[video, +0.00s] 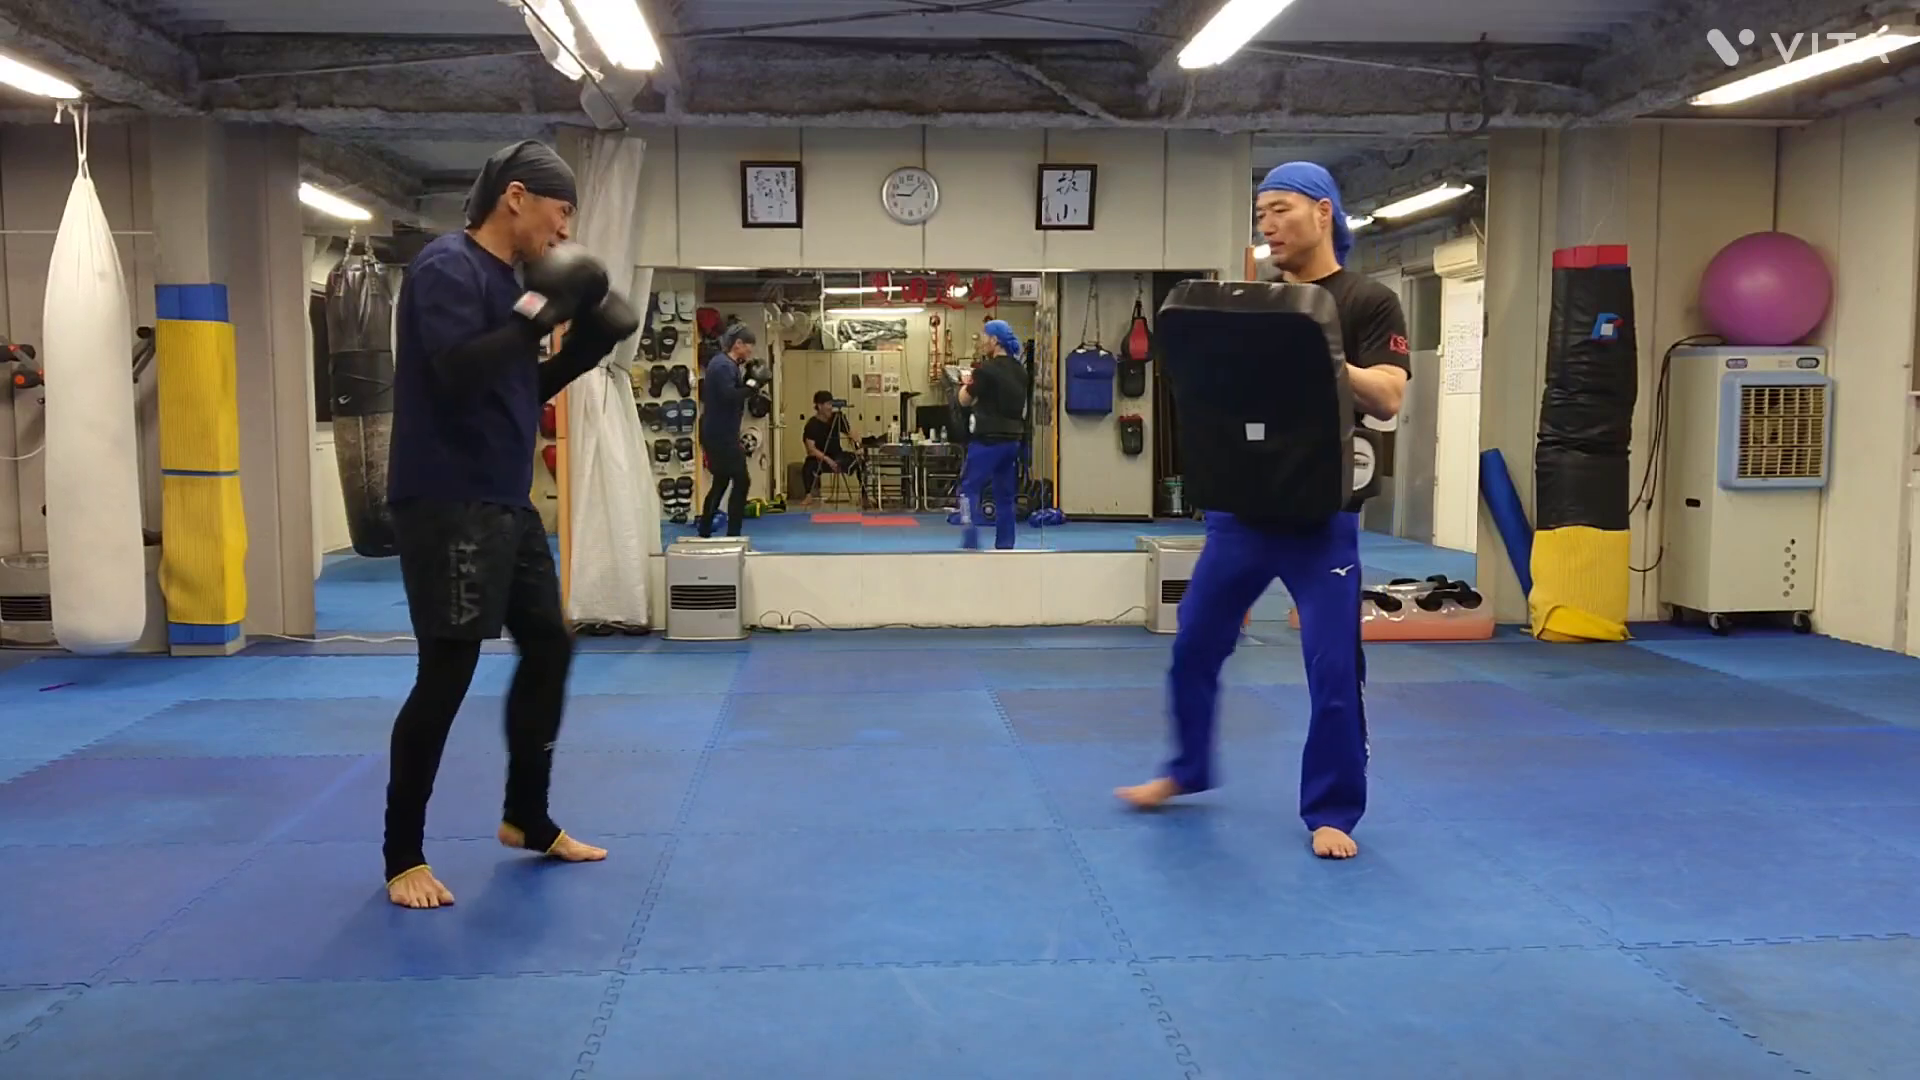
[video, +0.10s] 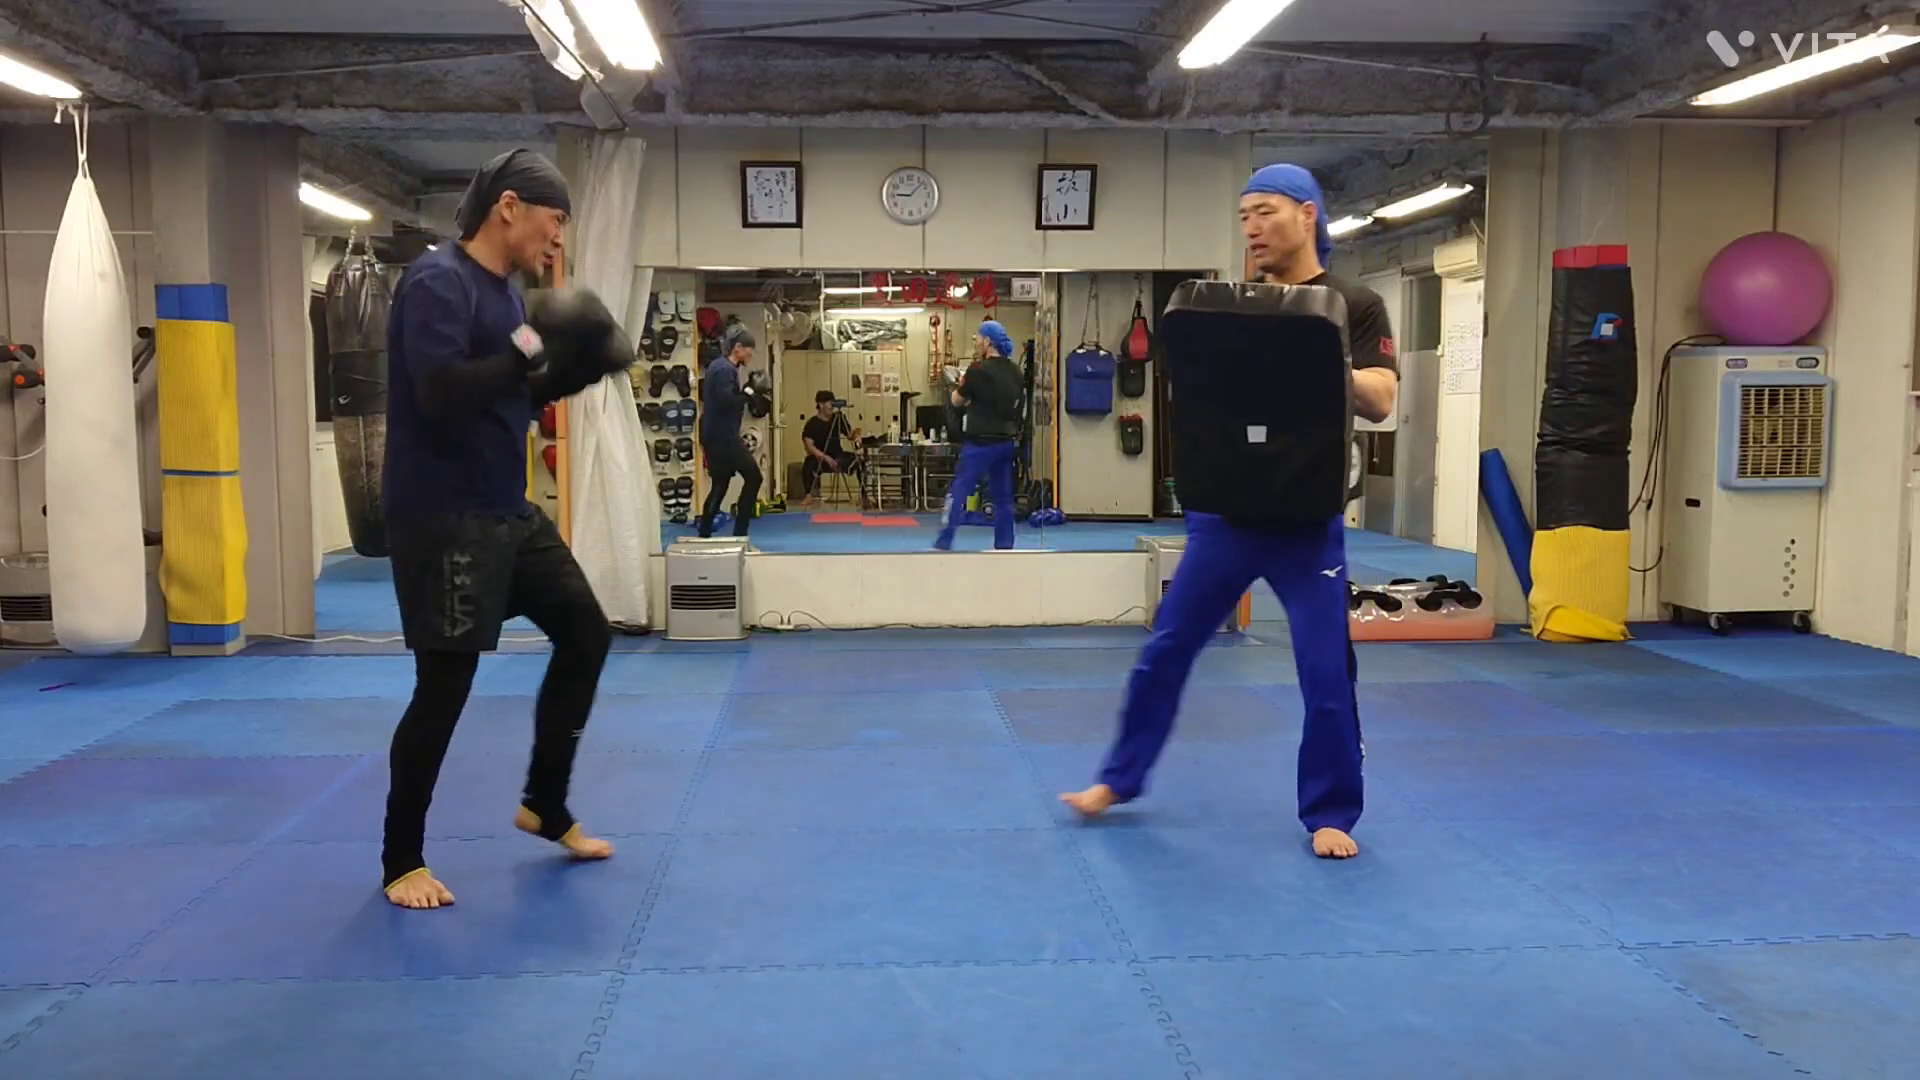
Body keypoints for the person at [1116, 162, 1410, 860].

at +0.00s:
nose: (1268, 226)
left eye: (1281, 210)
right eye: (1262, 216)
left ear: (1324, 215)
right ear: (1262, 228)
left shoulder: (1367, 297)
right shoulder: (1253, 302)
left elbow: (1389, 396)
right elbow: (1213, 375)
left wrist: (1326, 365)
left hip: (1325, 517)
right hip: (1241, 511)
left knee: (1335, 673)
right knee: (1194, 641)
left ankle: (1332, 816)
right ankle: (1188, 771)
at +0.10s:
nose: (1251, 227)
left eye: (1264, 212)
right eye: (1246, 216)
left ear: (1308, 216)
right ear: (1245, 226)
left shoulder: (1354, 304)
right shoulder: (1229, 307)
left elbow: (1381, 399)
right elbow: (1193, 386)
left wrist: (1318, 364)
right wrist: (1202, 338)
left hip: (1310, 523)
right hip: (1223, 518)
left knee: (1329, 676)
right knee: (1164, 648)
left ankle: (1331, 818)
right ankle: (1119, 780)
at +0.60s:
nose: (1156, 237)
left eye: (1169, 222)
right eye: (1149, 227)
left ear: (1211, 227)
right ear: (1144, 238)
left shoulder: (1256, 317)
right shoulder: (1124, 313)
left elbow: (1295, 414)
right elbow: (1091, 395)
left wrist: (1225, 380)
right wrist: (1150, 367)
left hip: (1224, 530)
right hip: (1132, 526)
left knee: (1275, 673)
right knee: (1089, 670)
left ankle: (1318, 816)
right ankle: (1064, 797)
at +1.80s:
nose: (1242, 249)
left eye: (1254, 235)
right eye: (1232, 239)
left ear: (1288, 241)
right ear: (1225, 250)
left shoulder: (1330, 323)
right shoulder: (1201, 322)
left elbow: (1345, 410)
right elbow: (1180, 403)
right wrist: (1237, 379)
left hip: (1293, 518)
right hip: (1209, 512)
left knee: (1323, 653)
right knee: (1160, 639)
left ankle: (1328, 769)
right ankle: (1129, 765)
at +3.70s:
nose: (1284, 278)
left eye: (1294, 267)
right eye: (1274, 270)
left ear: (1321, 270)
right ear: (1266, 278)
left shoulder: (1347, 338)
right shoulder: (1244, 342)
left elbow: (1371, 407)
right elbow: (1227, 405)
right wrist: (1288, 380)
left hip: (1340, 510)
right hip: (1267, 510)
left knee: (1374, 622)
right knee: (1227, 619)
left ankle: (1390, 724)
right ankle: (1184, 724)